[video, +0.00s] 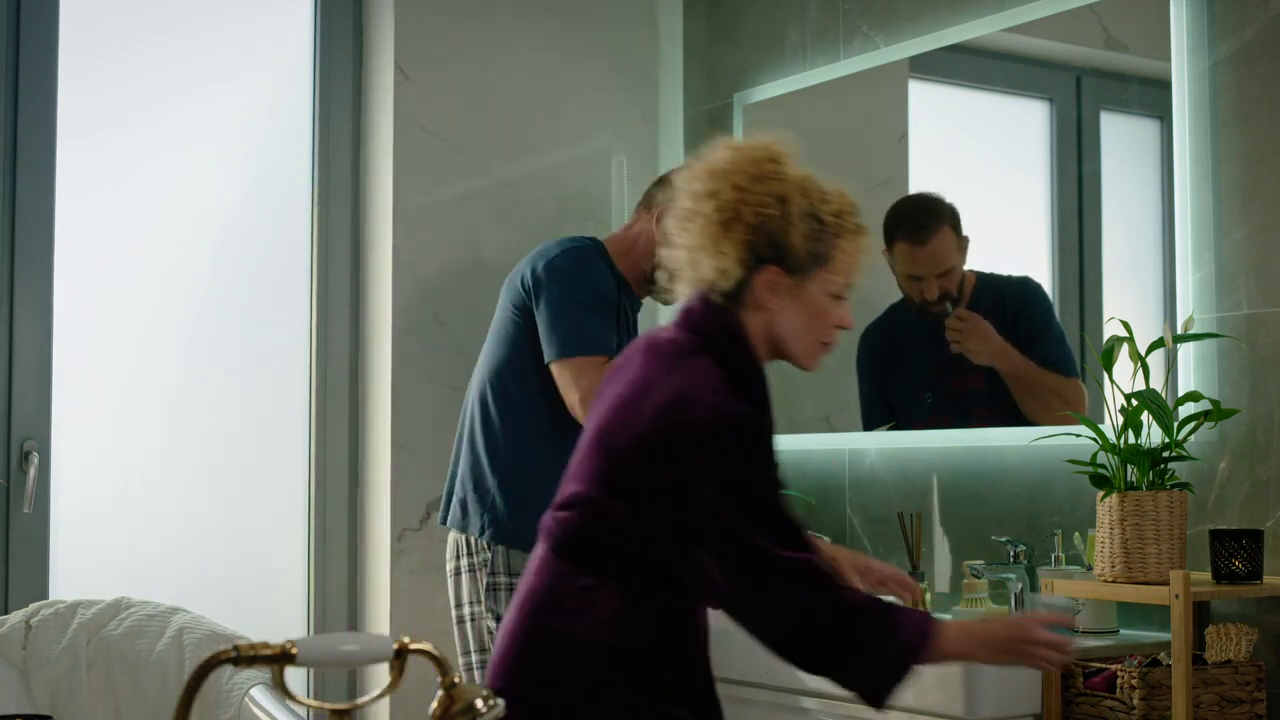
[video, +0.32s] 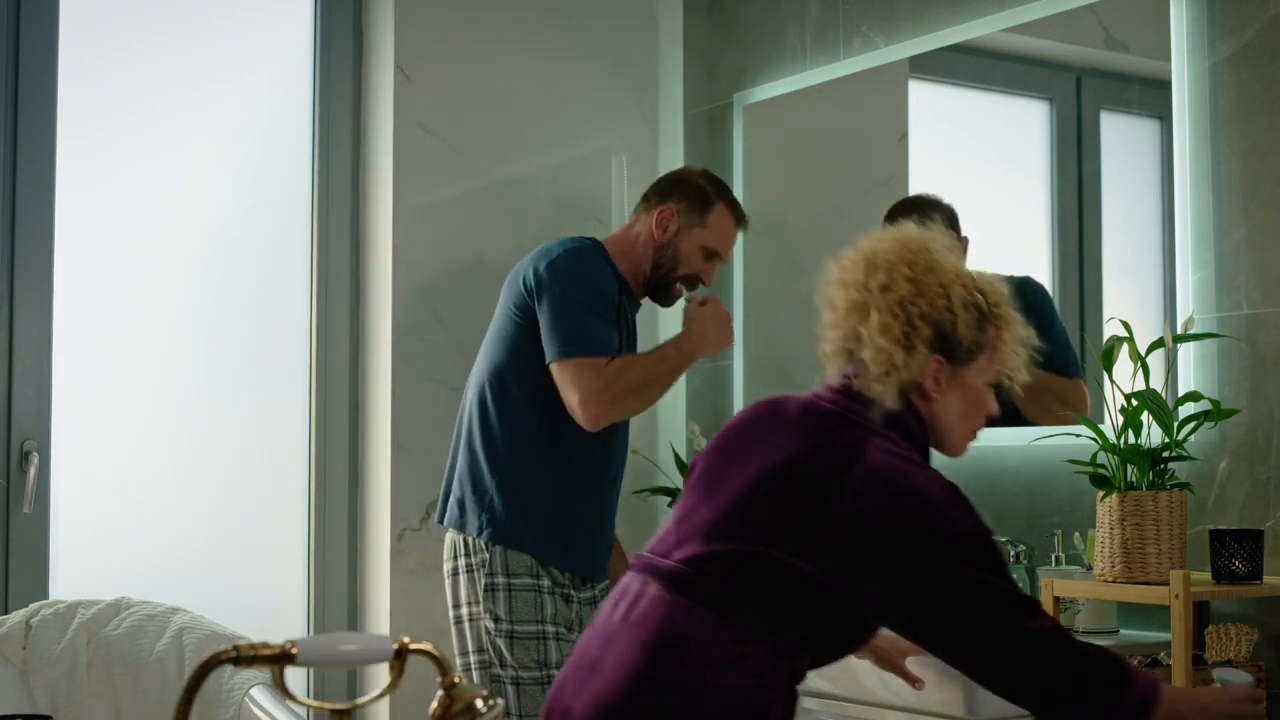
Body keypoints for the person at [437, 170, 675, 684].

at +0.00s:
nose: (690, 258)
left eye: (697, 241)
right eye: (687, 235)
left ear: (651, 220)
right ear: (653, 219)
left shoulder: (622, 312)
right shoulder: (571, 265)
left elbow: (629, 406)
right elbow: (594, 402)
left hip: (555, 540)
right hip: (501, 542)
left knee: (566, 696)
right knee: (511, 699)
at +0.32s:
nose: (708, 278)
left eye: (718, 265)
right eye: (709, 255)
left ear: (663, 225)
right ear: (664, 223)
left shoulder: (620, 311)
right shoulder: (573, 267)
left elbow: (573, 473)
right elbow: (594, 400)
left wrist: (624, 579)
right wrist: (692, 344)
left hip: (573, 563)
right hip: (511, 558)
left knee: (584, 708)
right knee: (532, 712)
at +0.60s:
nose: (707, 278)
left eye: (718, 266)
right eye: (708, 257)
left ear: (664, 224)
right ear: (664, 222)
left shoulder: (622, 315)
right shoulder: (573, 266)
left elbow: (577, 474)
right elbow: (595, 400)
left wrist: (629, 593)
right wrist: (690, 338)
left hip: (579, 568)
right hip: (510, 560)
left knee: (598, 711)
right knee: (534, 712)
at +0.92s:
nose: (709, 278)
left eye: (719, 264)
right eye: (709, 254)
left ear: (664, 223)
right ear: (665, 221)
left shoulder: (624, 312)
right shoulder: (575, 266)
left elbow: (578, 471)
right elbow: (597, 401)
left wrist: (629, 592)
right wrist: (699, 351)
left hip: (578, 569)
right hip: (512, 561)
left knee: (595, 711)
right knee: (536, 712)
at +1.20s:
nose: (709, 273)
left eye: (720, 260)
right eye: (709, 249)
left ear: (662, 220)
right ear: (663, 218)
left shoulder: (624, 310)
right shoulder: (579, 267)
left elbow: (578, 472)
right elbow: (596, 404)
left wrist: (629, 593)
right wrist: (696, 348)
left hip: (579, 569)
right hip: (511, 562)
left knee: (603, 711)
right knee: (537, 713)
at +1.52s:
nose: (692, 253)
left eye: (704, 246)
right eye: (687, 230)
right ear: (643, 201)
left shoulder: (622, 305)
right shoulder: (568, 267)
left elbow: (582, 462)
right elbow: (593, 404)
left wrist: (619, 570)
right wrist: (688, 330)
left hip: (581, 565)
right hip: (514, 559)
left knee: (593, 707)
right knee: (535, 711)